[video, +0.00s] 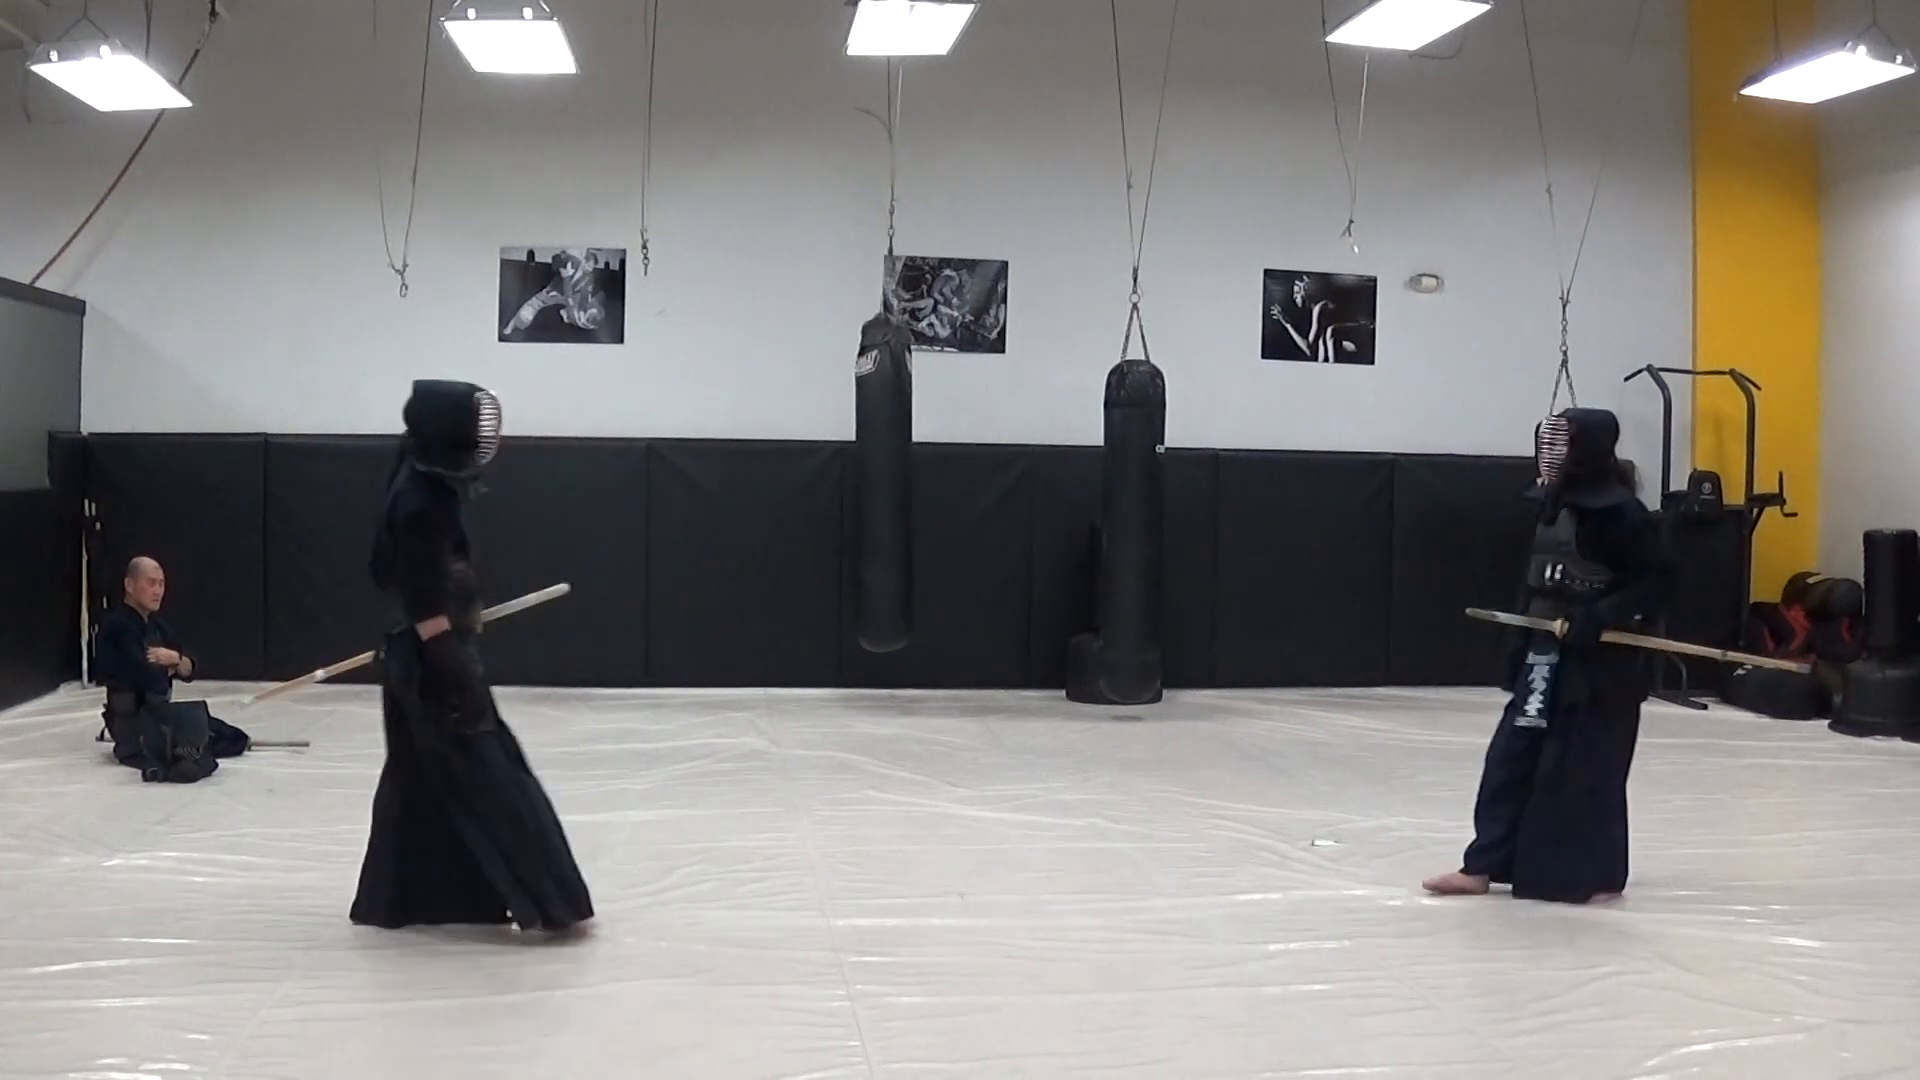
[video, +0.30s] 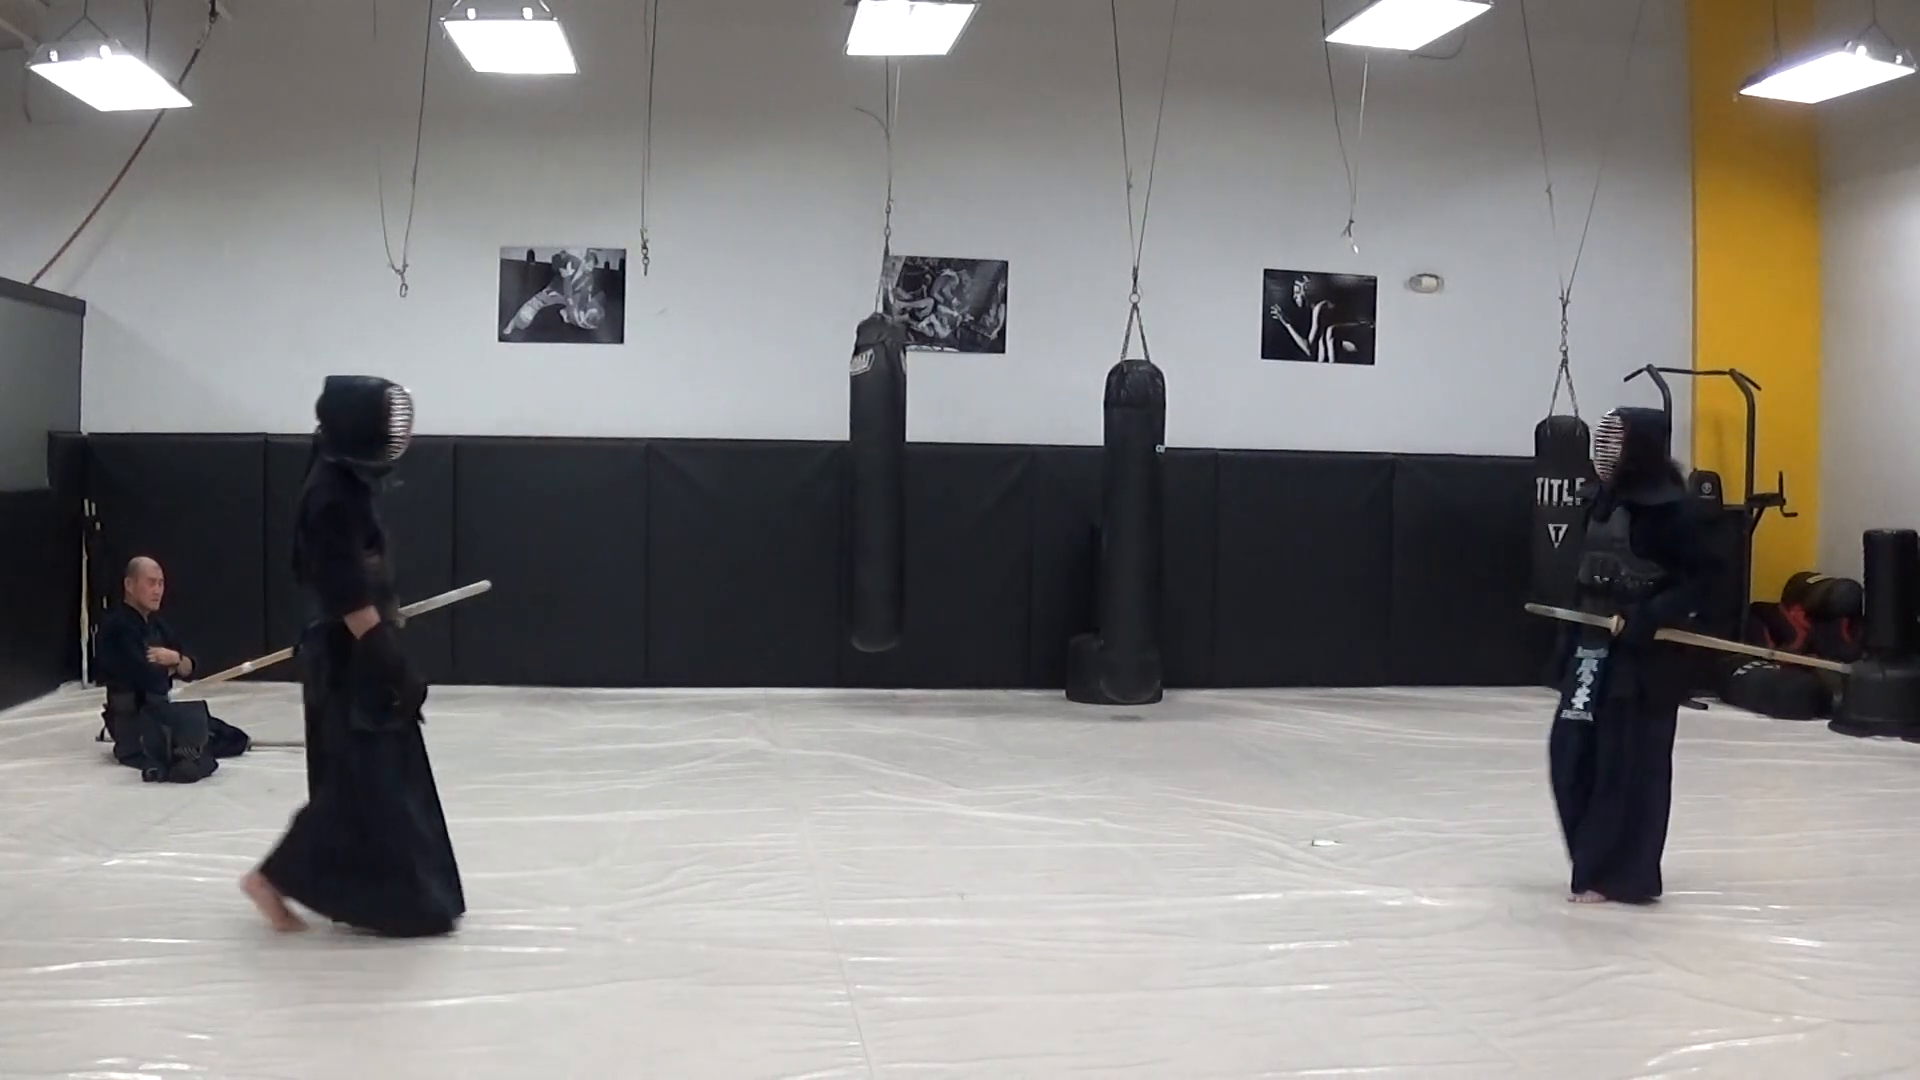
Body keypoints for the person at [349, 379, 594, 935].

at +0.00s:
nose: (483, 443)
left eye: (483, 431)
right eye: (475, 432)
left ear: (427, 430)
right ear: (451, 435)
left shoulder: (421, 486)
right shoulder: (423, 496)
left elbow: (396, 573)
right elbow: (421, 597)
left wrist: (462, 605)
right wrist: (456, 673)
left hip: (418, 652)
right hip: (435, 655)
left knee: (417, 776)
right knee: (495, 775)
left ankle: (398, 895)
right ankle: (549, 901)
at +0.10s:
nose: (456, 441)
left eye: (456, 429)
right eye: (448, 430)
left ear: (403, 426)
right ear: (423, 432)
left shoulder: (398, 482)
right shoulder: (393, 491)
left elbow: (378, 573)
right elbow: (393, 592)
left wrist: (434, 609)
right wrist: (427, 666)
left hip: (397, 645)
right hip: (401, 650)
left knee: (413, 772)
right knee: (446, 770)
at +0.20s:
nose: (428, 437)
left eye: (428, 426)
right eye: (419, 427)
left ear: (375, 424)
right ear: (394, 428)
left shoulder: (374, 480)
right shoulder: (364, 487)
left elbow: (372, 569)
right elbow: (366, 581)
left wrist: (410, 608)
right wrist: (404, 652)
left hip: (375, 640)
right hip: (370, 645)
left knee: (391, 770)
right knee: (402, 773)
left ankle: (390, 888)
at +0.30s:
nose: (396, 439)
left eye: (396, 427)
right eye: (388, 428)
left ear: (346, 427)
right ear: (364, 431)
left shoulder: (346, 484)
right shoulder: (335, 492)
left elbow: (348, 580)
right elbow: (347, 593)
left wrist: (383, 617)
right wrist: (394, 665)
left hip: (354, 644)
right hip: (344, 650)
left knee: (381, 777)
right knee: (362, 781)